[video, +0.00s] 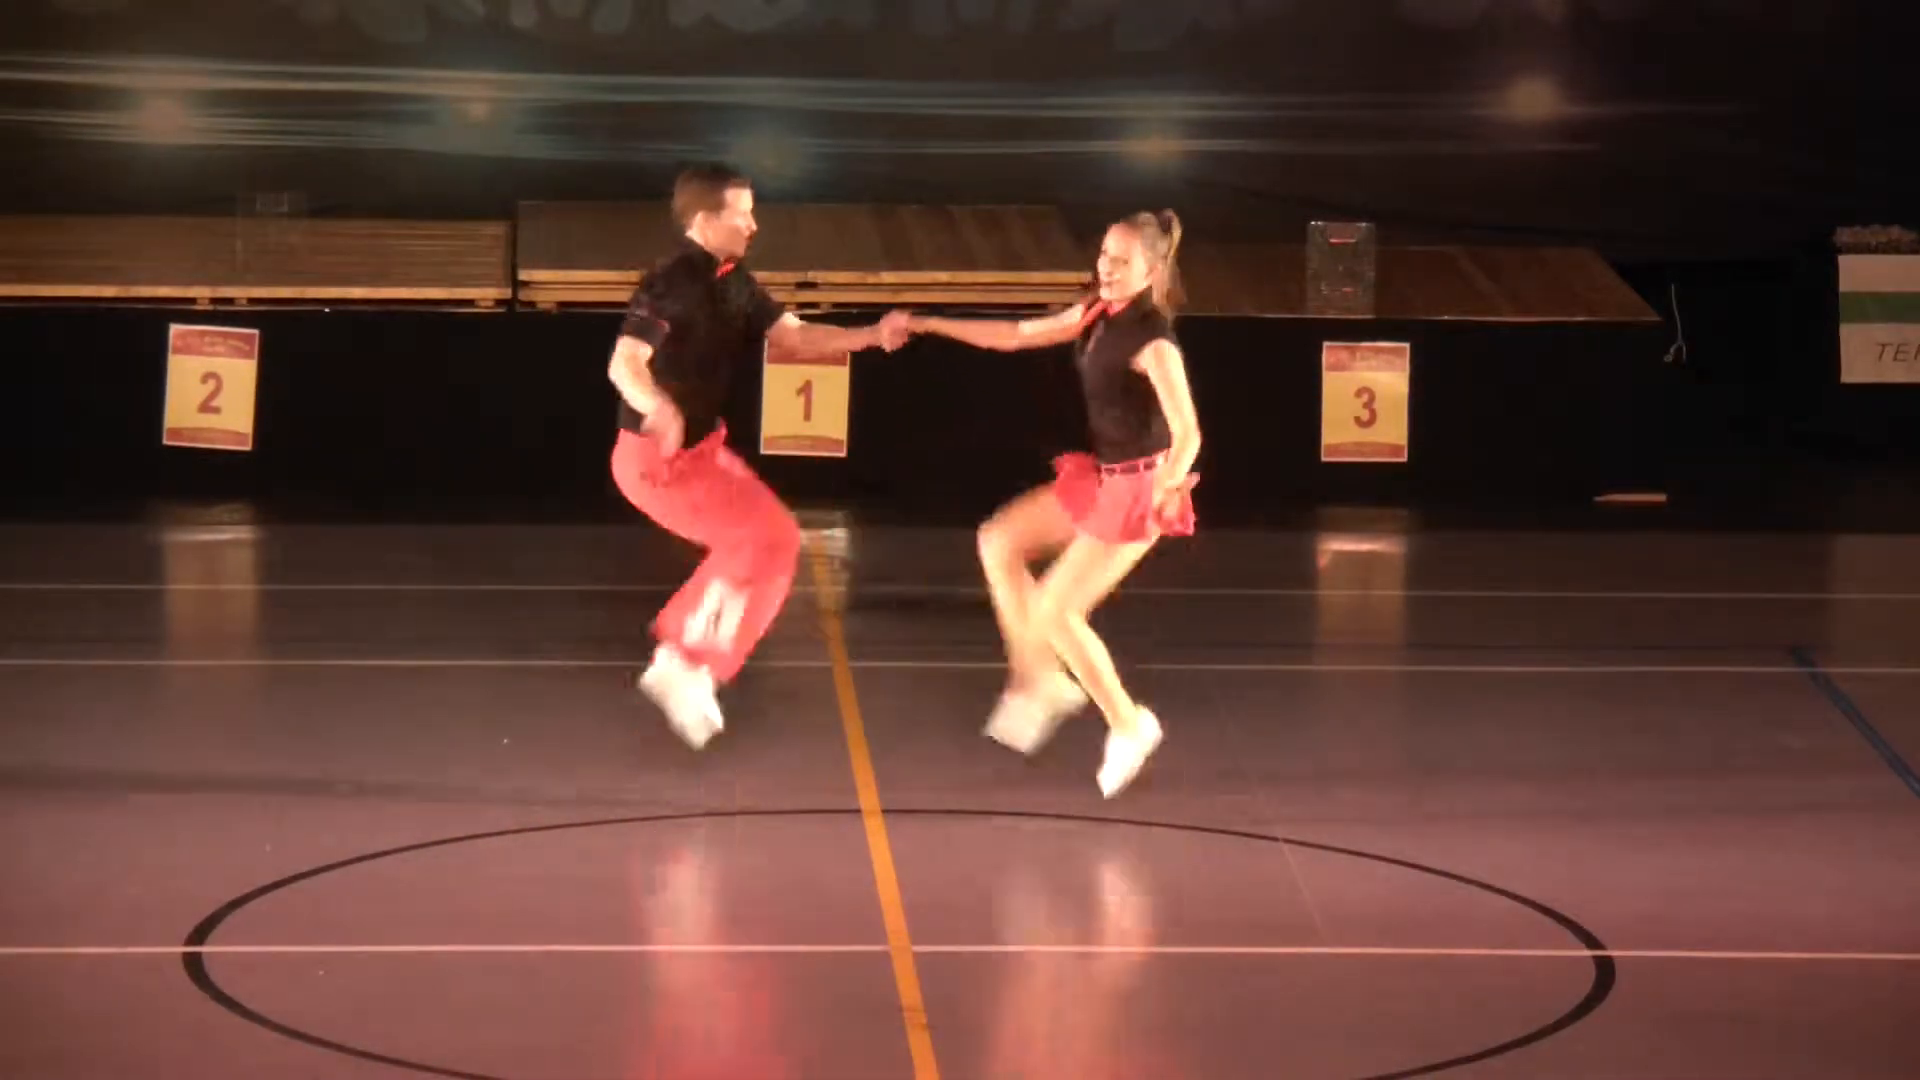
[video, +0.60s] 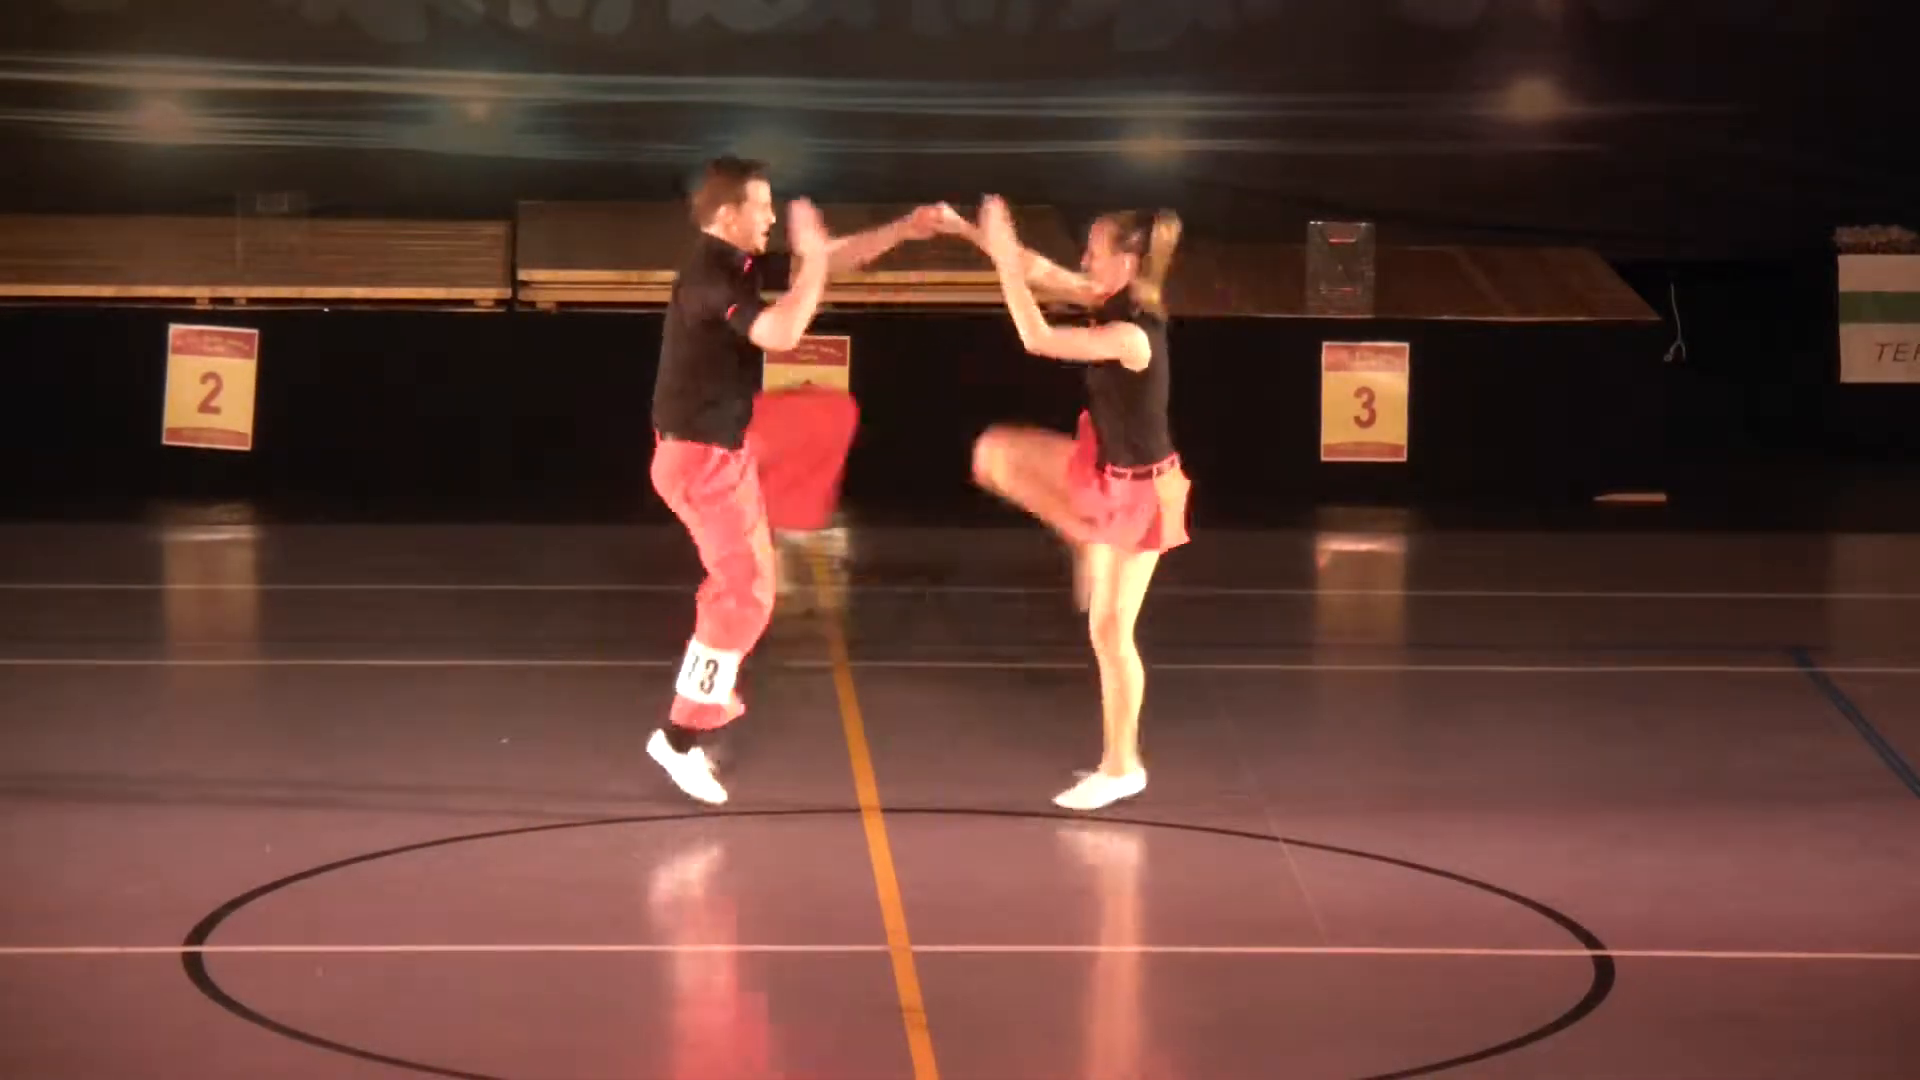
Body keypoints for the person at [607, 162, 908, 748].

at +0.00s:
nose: (752, 225)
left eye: (752, 213)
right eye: (742, 214)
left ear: (719, 220)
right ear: (703, 219)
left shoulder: (739, 285)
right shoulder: (675, 278)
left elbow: (793, 338)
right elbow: (625, 364)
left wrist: (872, 337)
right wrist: (657, 406)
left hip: (703, 451)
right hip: (653, 454)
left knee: (777, 538)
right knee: (751, 534)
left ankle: (697, 668)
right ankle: (679, 658)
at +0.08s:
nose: (752, 235)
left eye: (751, 223)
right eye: (741, 224)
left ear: (723, 230)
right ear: (703, 232)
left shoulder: (741, 296)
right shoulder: (664, 299)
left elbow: (800, 345)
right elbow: (606, 382)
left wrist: (865, 329)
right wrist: (649, 411)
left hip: (696, 470)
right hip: (661, 470)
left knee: (669, 607)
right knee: (785, 540)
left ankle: (616, 754)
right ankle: (707, 655)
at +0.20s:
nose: (744, 254)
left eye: (743, 243)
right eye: (732, 244)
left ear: (716, 250)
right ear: (691, 252)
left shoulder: (738, 316)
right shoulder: (666, 319)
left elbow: (806, 343)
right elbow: (624, 403)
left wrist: (863, 311)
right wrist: (694, 350)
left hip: (703, 495)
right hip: (679, 493)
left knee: (655, 626)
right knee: (730, 638)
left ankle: (607, 765)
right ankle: (675, 777)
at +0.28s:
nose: (751, 234)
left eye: (750, 223)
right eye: (740, 224)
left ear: (717, 231)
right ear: (704, 231)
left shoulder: (723, 284)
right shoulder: (686, 286)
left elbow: (782, 325)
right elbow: (705, 376)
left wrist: (864, 303)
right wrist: (763, 324)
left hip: (723, 467)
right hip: (683, 469)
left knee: (782, 564)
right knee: (719, 580)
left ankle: (691, 689)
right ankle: (676, 757)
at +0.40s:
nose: (755, 244)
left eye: (751, 232)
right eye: (745, 233)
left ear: (706, 243)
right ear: (711, 244)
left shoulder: (705, 294)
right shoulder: (706, 308)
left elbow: (796, 316)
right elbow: (808, 351)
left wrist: (877, 287)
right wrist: (901, 312)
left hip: (724, 447)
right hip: (700, 479)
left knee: (830, 412)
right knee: (721, 620)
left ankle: (939, 478)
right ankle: (678, 775)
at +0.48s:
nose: (764, 233)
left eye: (762, 222)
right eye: (756, 222)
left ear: (717, 233)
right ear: (720, 232)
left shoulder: (720, 285)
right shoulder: (712, 295)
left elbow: (817, 291)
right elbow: (831, 325)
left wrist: (900, 260)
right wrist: (905, 273)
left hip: (731, 452)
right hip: (697, 472)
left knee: (831, 420)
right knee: (711, 610)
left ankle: (950, 382)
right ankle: (683, 770)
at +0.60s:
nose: (771, 216)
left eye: (769, 206)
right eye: (760, 206)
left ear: (734, 215)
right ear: (726, 214)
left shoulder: (739, 265)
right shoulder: (711, 277)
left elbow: (825, 259)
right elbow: (781, 333)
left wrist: (903, 229)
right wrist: (814, 256)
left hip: (725, 441)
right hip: (700, 456)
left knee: (833, 418)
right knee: (747, 587)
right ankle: (682, 736)